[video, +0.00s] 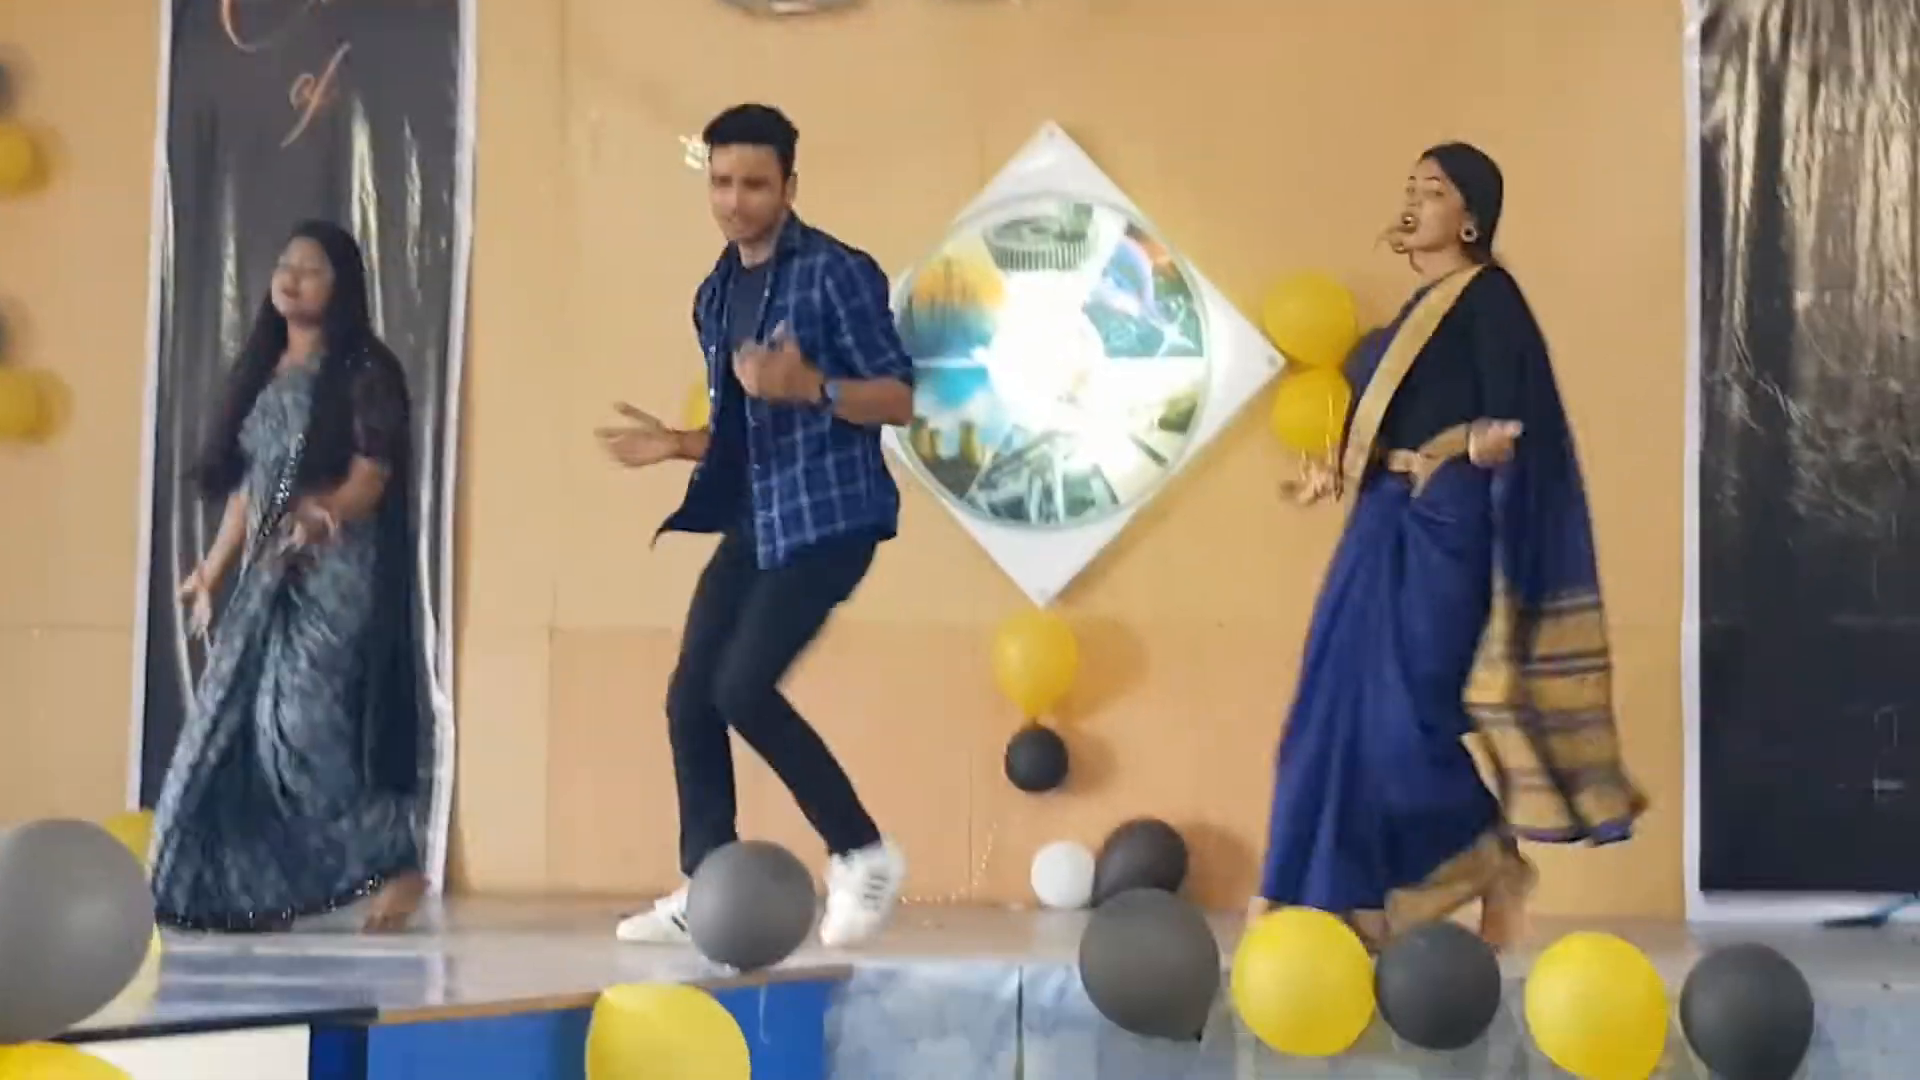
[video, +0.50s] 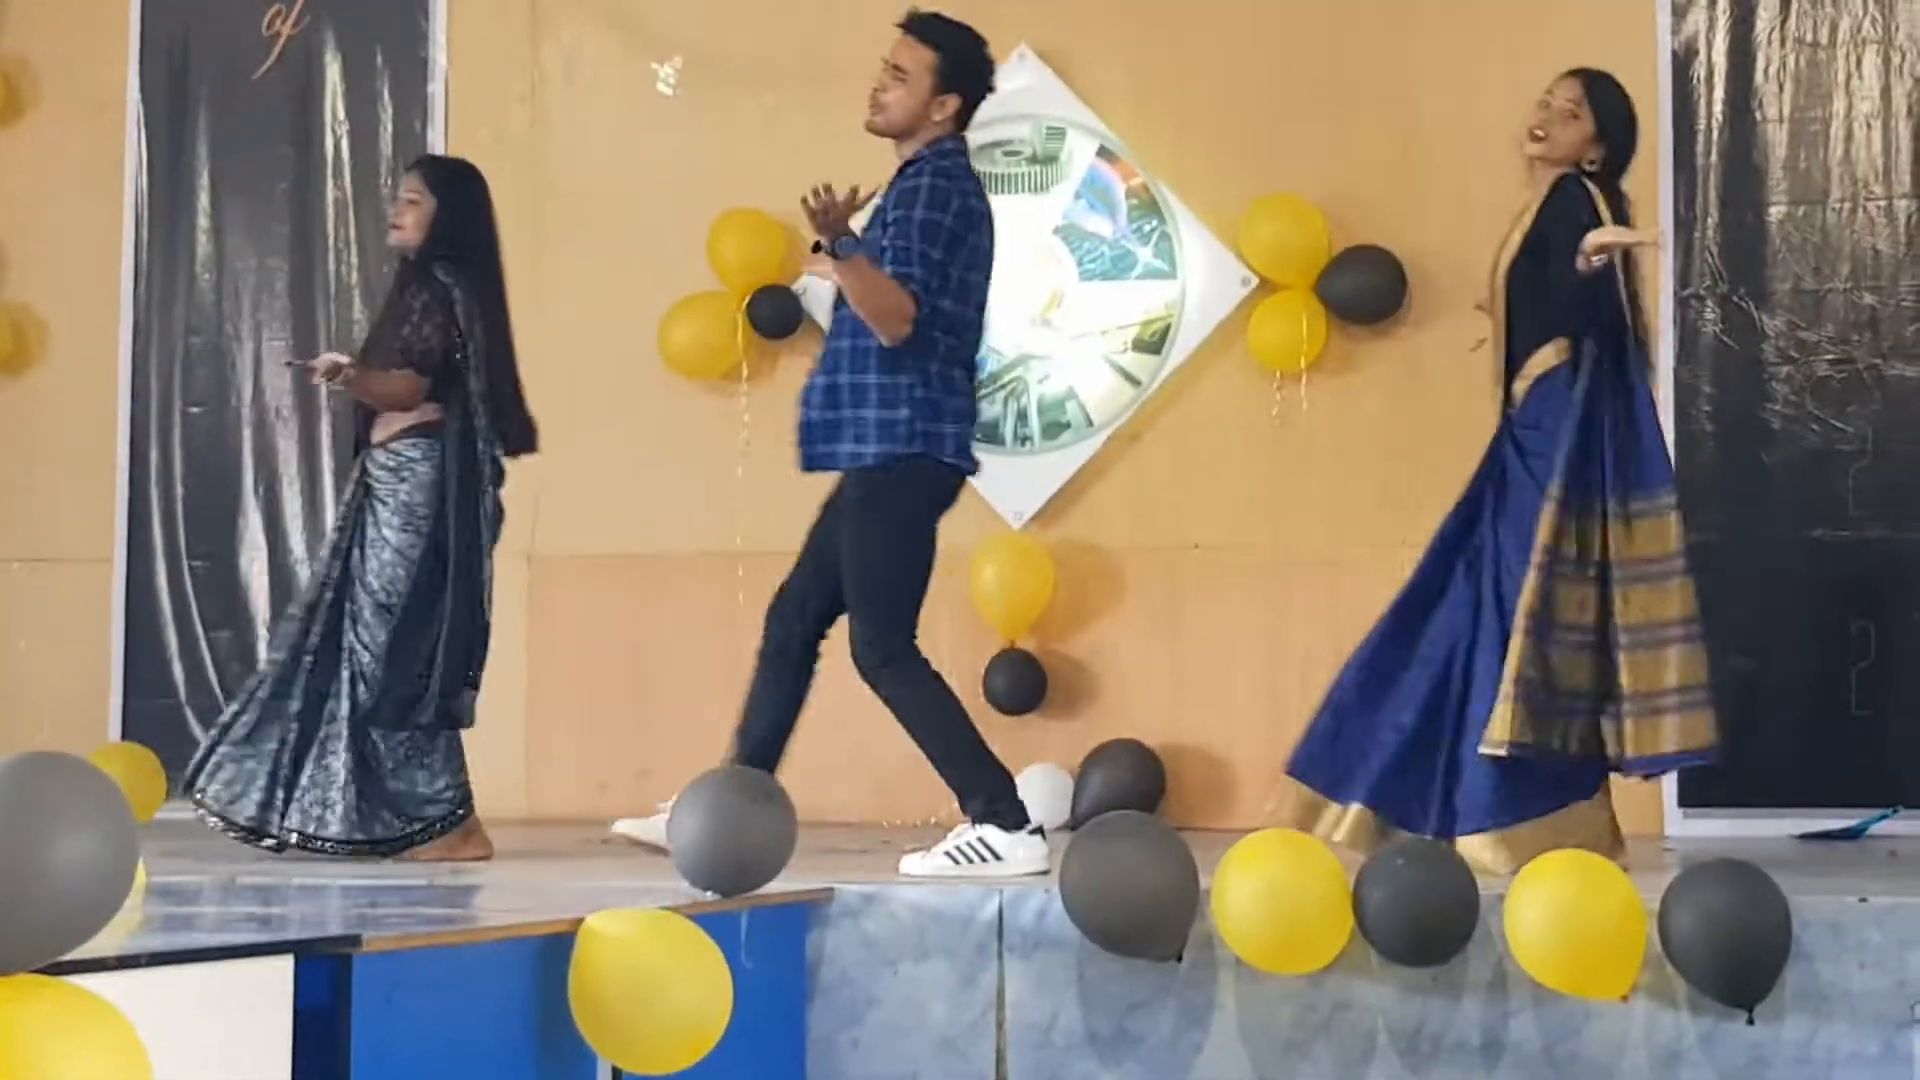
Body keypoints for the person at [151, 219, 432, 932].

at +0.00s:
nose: (293, 283)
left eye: (311, 272)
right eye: (285, 270)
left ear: (342, 285)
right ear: (272, 280)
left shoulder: (368, 368)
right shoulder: (262, 369)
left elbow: (375, 470)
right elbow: (249, 486)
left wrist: (332, 512)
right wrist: (212, 569)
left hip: (337, 566)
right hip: (264, 563)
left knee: (299, 716)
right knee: (231, 715)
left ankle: (391, 867)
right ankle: (255, 893)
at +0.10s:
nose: (299, 225)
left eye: (319, 216)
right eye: (295, 213)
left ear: (349, 232)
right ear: (285, 225)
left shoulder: (360, 306)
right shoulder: (287, 310)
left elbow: (372, 407)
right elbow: (285, 413)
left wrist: (329, 454)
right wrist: (253, 470)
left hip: (341, 509)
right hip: (283, 507)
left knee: (327, 671)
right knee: (257, 670)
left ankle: (431, 805)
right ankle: (263, 848)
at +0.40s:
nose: (365, 220)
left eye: (380, 211)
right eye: (366, 209)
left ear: (417, 223)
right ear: (378, 222)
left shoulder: (418, 300)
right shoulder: (385, 295)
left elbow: (387, 400)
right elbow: (370, 396)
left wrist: (328, 388)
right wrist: (335, 409)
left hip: (394, 492)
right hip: (365, 488)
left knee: (368, 654)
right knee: (344, 651)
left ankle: (459, 825)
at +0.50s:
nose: (396, 212)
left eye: (411, 203)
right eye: (399, 200)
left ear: (445, 217)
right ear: (434, 216)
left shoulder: (434, 285)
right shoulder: (447, 282)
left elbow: (410, 386)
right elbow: (441, 391)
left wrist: (352, 375)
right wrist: (379, 411)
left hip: (418, 485)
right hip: (430, 481)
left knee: (384, 644)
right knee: (400, 645)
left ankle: (449, 822)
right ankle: (433, 818)